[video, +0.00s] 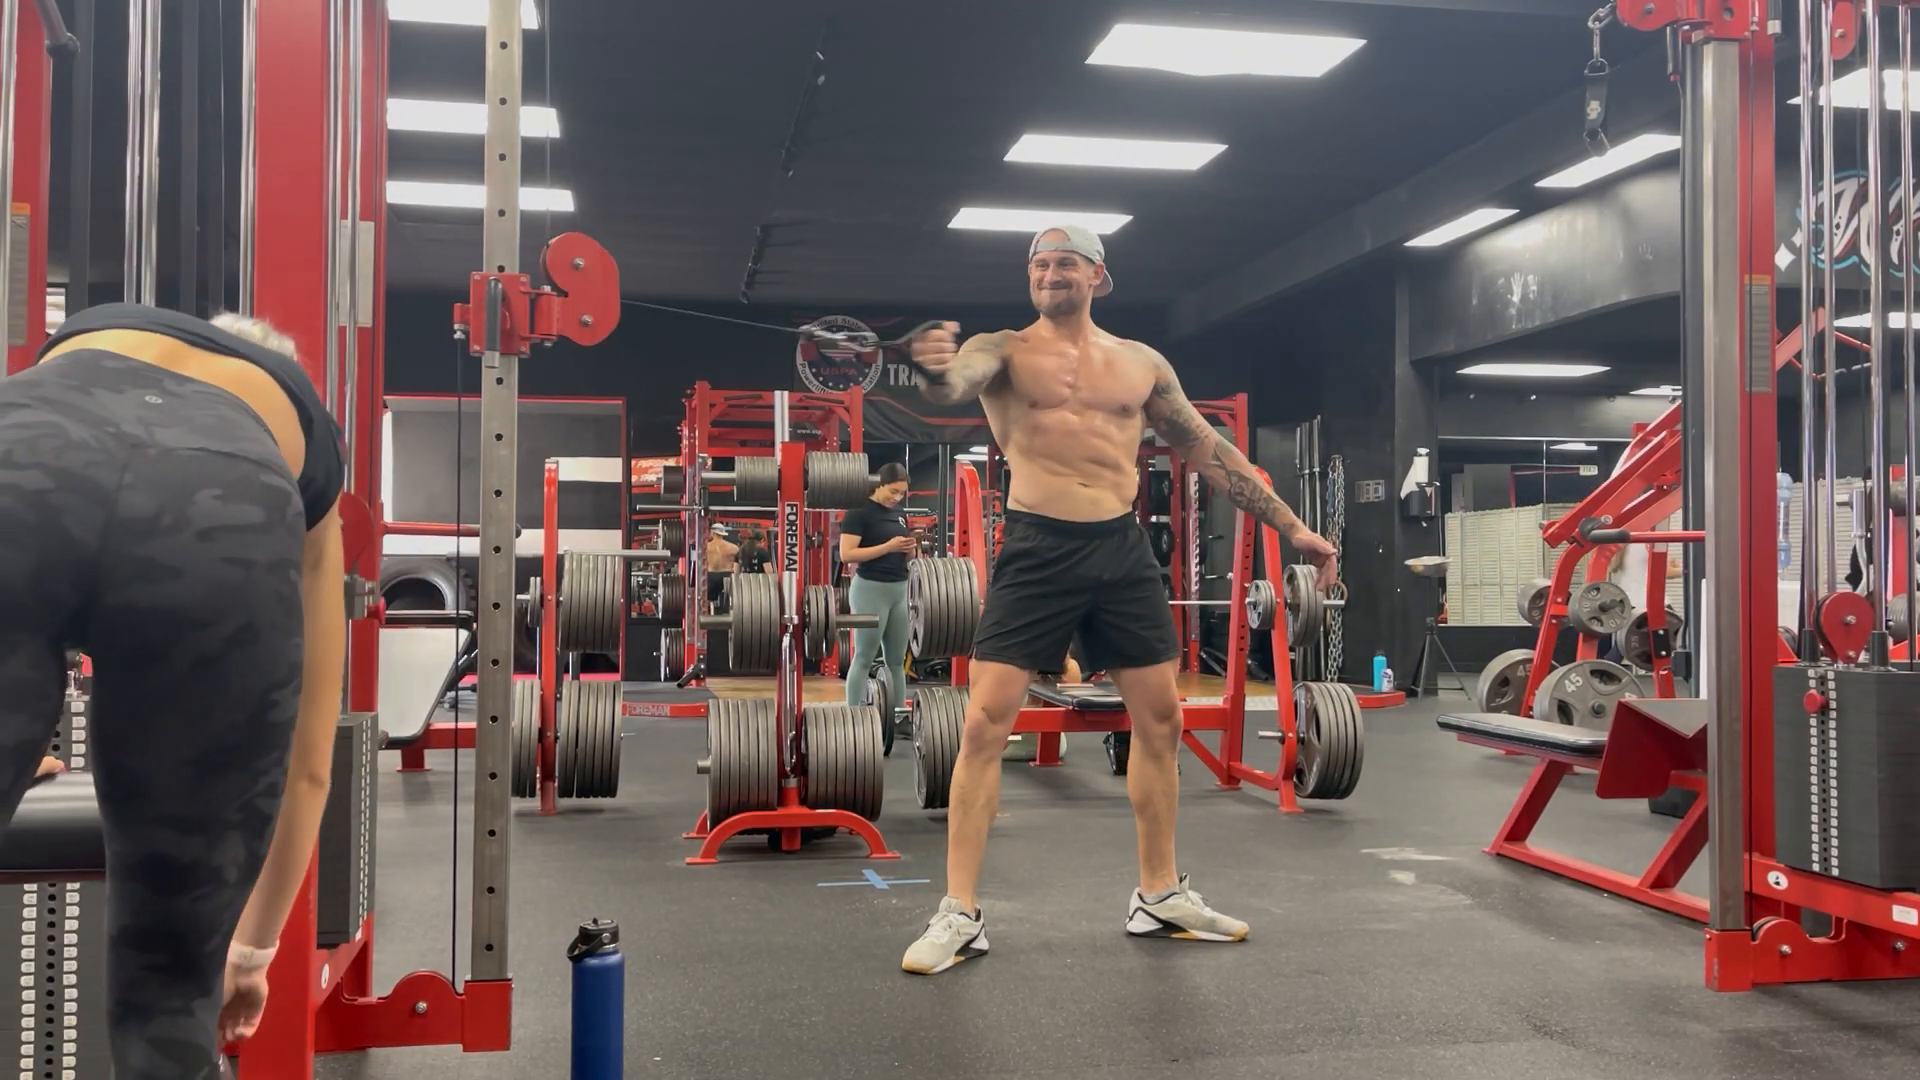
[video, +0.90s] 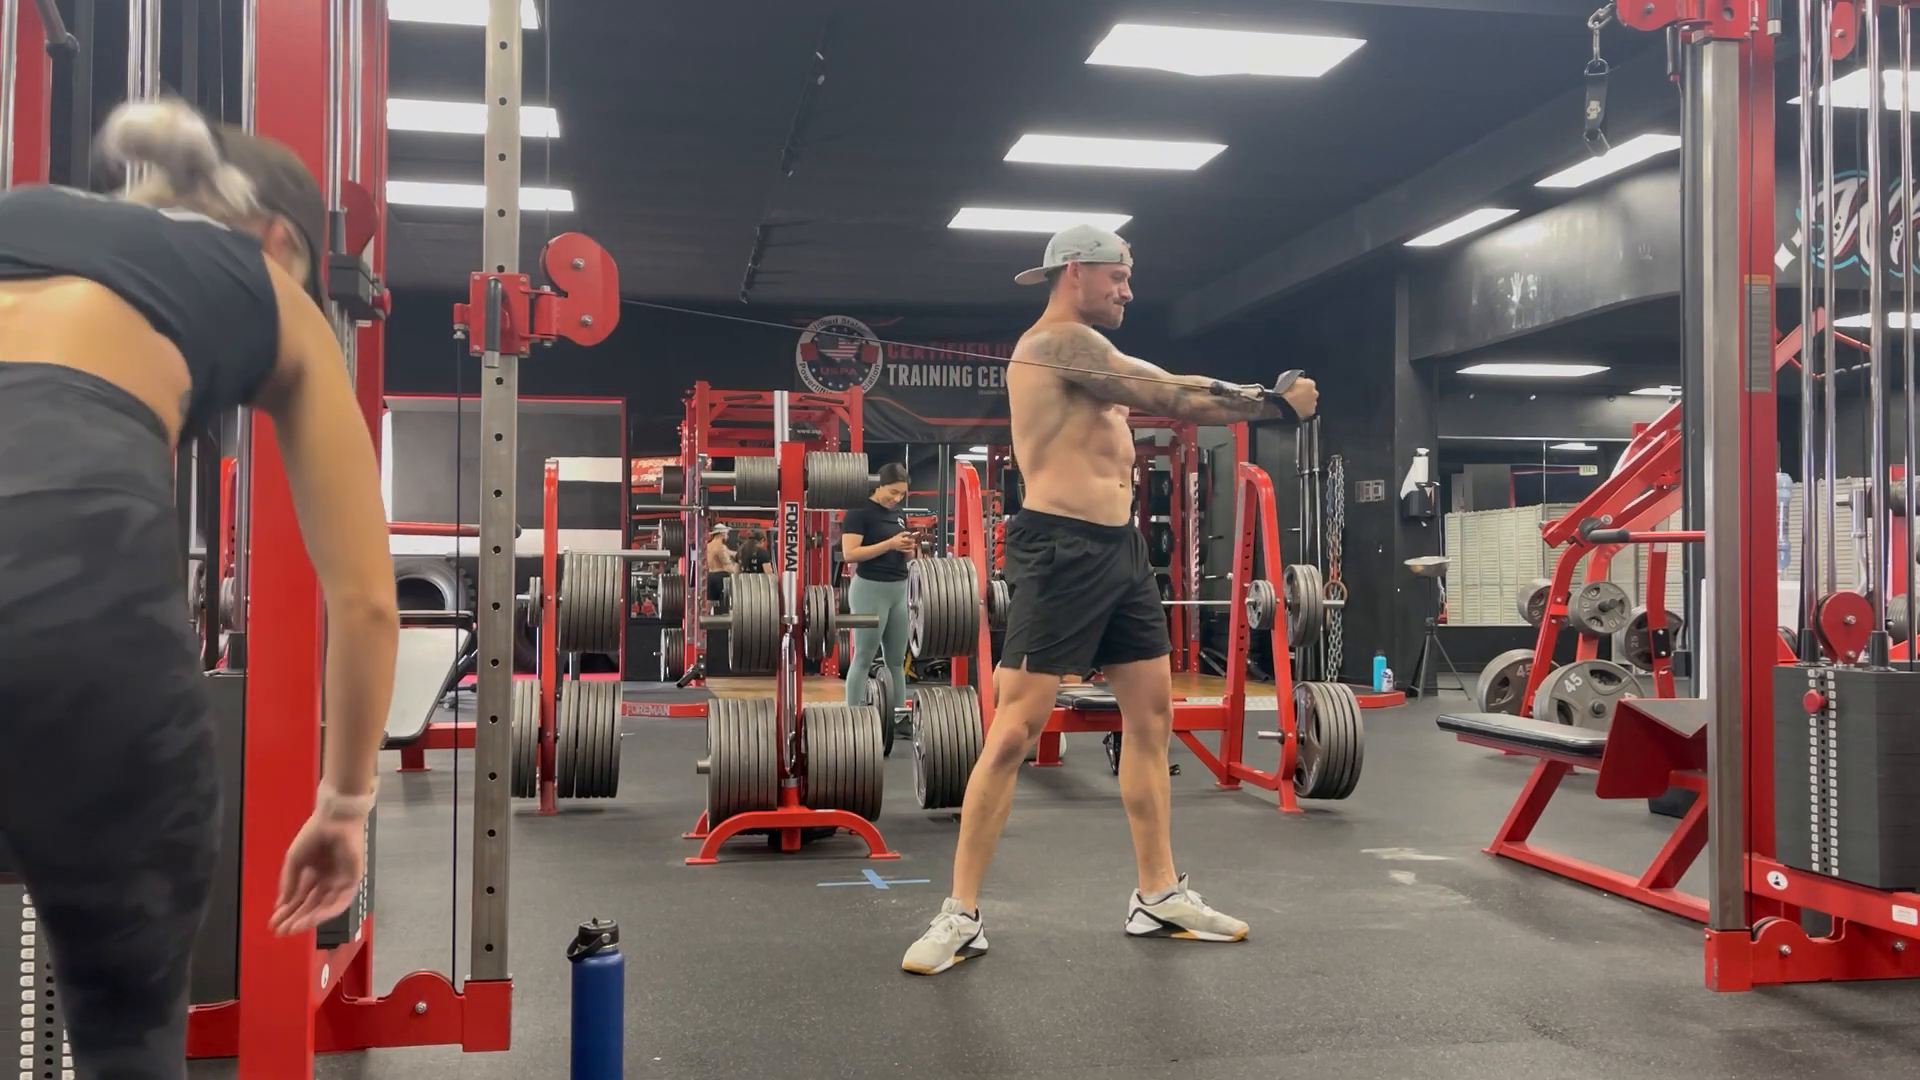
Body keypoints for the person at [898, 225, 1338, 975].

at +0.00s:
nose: (1052, 272)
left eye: (1067, 262)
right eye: (1042, 262)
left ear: (1098, 279)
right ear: (1029, 277)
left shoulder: (1143, 364)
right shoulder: (1001, 347)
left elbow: (1217, 456)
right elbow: (949, 385)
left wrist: (1296, 529)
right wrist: (926, 364)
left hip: (1122, 549)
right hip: (1033, 550)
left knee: (1161, 719)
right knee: (983, 724)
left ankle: (1159, 894)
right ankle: (959, 908)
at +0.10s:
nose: (1067, 269)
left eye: (1081, 259)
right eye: (1054, 259)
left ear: (1103, 280)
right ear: (1032, 277)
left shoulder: (1139, 364)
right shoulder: (1005, 342)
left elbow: (1207, 460)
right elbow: (967, 387)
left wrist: (1280, 532)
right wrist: (990, 368)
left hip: (1120, 549)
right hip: (1033, 548)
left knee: (1159, 718)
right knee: (986, 724)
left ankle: (1159, 894)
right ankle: (959, 910)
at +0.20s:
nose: (1080, 274)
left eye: (1092, 265)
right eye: (1066, 262)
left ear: (1107, 281)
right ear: (1038, 276)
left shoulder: (1134, 365)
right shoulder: (1004, 348)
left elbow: (1191, 465)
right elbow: (1005, 381)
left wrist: (1256, 541)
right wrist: (1051, 371)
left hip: (1122, 552)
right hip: (1039, 551)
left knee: (1157, 716)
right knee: (991, 727)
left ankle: (1158, 893)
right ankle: (959, 910)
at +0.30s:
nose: (1086, 274)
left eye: (1096, 265)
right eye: (1070, 262)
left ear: (1107, 282)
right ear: (1037, 277)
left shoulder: (1123, 371)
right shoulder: (1004, 349)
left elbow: (1173, 466)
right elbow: (1042, 384)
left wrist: (1230, 541)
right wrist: (1131, 366)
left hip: (1124, 553)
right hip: (1042, 548)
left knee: (1157, 715)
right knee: (992, 729)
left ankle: (1159, 893)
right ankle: (958, 909)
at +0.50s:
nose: (1105, 277)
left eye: (1110, 268)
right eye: (1089, 264)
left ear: (1109, 283)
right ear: (1047, 275)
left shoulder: (1115, 371)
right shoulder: (1018, 350)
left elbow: (1144, 464)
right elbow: (1111, 381)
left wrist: (1191, 541)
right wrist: (1235, 372)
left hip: (1126, 552)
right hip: (1050, 550)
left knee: (1157, 716)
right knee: (1003, 731)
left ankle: (1159, 893)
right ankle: (960, 909)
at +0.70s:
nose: (1120, 284)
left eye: (1122, 273)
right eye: (1106, 270)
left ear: (1104, 285)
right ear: (1061, 275)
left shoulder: (1101, 363)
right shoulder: (1040, 344)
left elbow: (1113, 472)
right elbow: (1156, 383)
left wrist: (1149, 546)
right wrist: (1277, 383)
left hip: (1124, 556)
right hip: (1055, 550)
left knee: (1155, 716)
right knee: (1013, 733)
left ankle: (1159, 894)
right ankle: (960, 910)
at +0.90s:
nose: (1126, 289)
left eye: (1129, 277)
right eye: (1116, 275)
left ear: (1091, 280)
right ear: (1072, 275)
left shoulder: (1096, 355)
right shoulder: (1058, 342)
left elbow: (1172, 395)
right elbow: (1163, 392)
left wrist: (1259, 398)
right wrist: (1270, 401)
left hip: (1121, 555)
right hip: (1056, 551)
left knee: (1151, 720)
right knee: (1013, 734)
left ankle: (1158, 894)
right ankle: (960, 911)